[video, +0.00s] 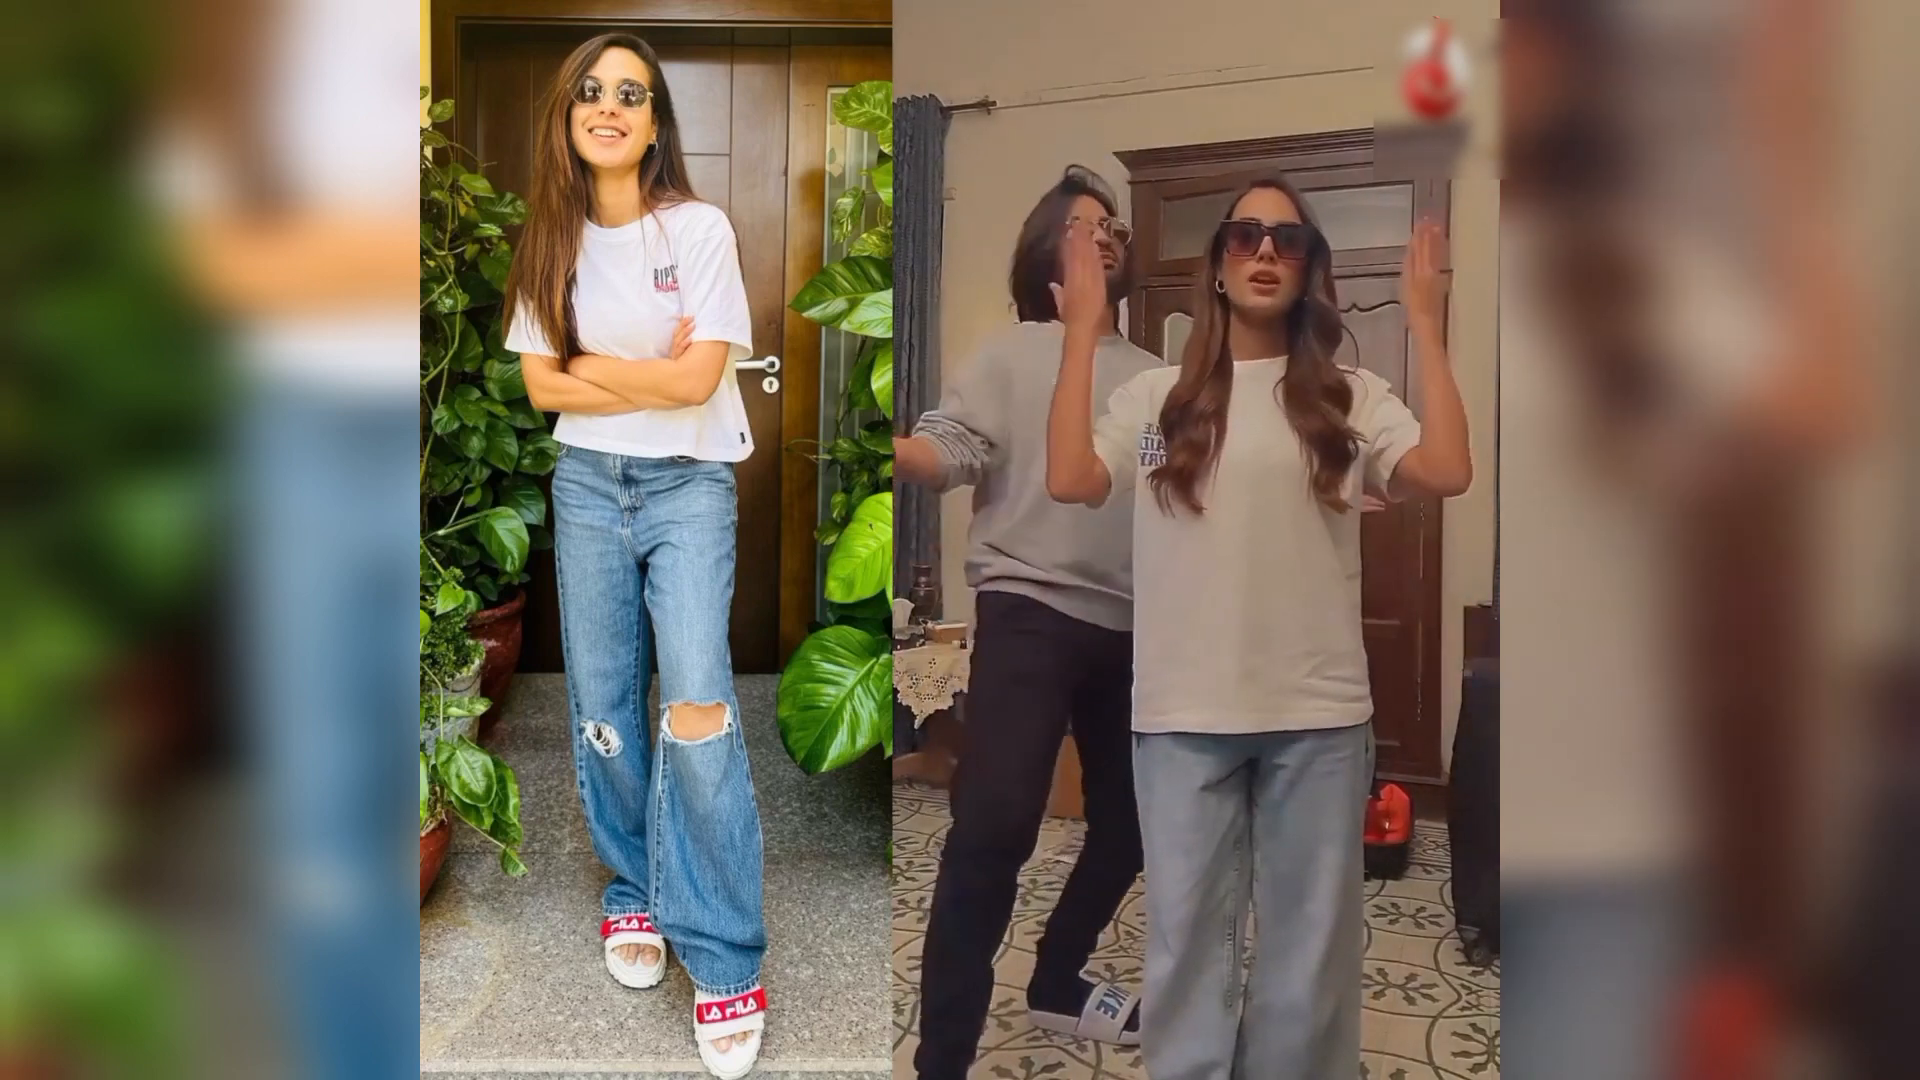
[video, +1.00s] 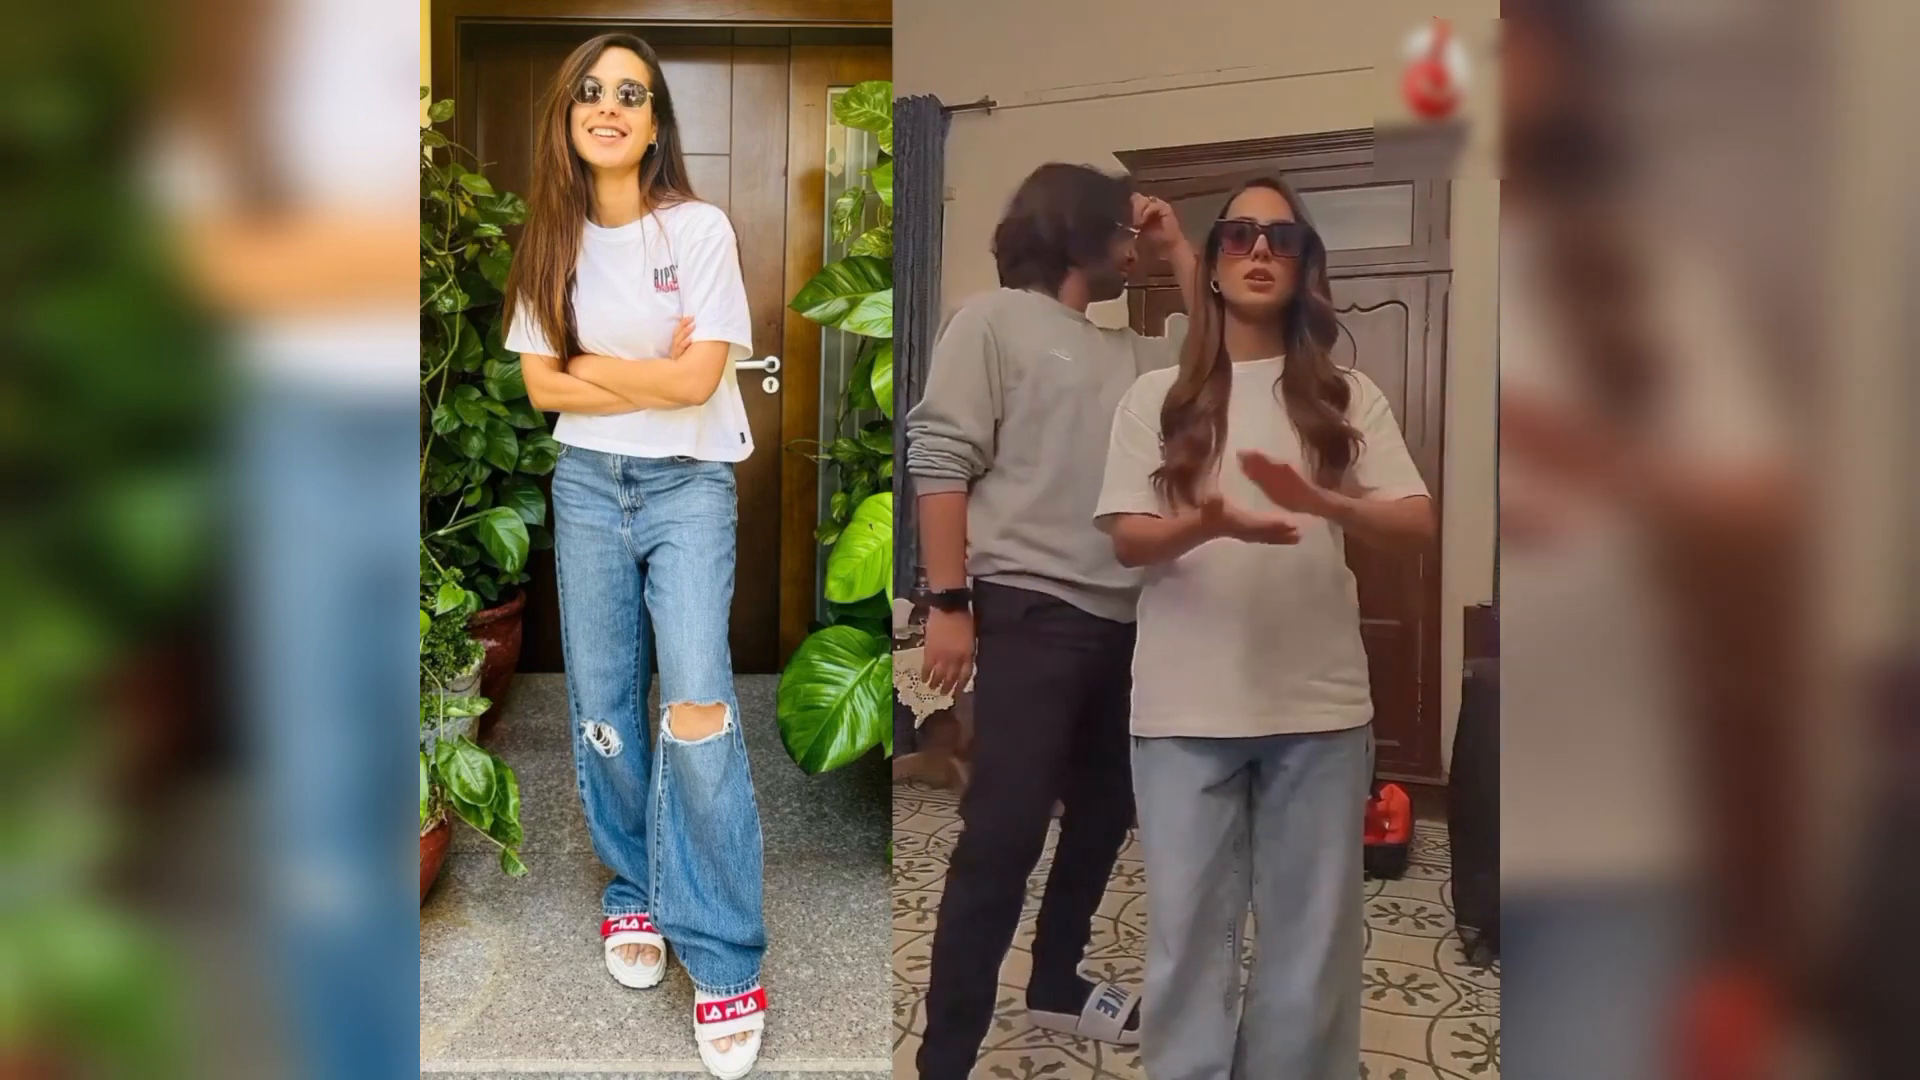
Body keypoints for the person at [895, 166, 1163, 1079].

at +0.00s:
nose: (1103, 242)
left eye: (1112, 232)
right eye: (1083, 230)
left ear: (1125, 258)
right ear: (1043, 255)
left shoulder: (1154, 373)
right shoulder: (1007, 353)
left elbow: (1186, 493)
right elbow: (954, 453)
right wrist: (884, 448)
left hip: (1129, 621)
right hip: (1025, 606)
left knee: (1125, 831)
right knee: (995, 828)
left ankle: (1057, 989)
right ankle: (943, 1062)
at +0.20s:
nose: (1123, 224)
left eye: (1129, 215)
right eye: (1099, 213)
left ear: (1137, 244)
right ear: (1051, 240)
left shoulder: (1154, 367)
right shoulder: (1006, 341)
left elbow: (1183, 494)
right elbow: (909, 436)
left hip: (1123, 620)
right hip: (1022, 606)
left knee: (1113, 815)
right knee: (989, 828)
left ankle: (1056, 991)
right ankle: (941, 1060)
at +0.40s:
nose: (1135, 219)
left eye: (1136, 208)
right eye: (1115, 204)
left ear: (1129, 235)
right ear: (1063, 222)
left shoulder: (1136, 356)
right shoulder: (1007, 324)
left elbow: (1159, 493)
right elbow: (937, 454)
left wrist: (1173, 608)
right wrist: (914, 594)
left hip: (1121, 619)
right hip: (1023, 609)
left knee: (1107, 810)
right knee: (994, 831)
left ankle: (1057, 989)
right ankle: (945, 1059)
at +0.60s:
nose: (1139, 227)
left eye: (1139, 216)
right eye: (1120, 212)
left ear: (1116, 238)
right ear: (1065, 223)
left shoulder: (1119, 356)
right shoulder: (997, 314)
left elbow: (1130, 485)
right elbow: (932, 451)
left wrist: (1155, 586)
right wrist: (943, 588)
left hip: (1114, 618)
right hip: (1023, 610)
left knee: (1093, 817)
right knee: (1001, 837)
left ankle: (1056, 991)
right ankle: (948, 1059)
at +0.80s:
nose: (1134, 234)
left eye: (1136, 222)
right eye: (1121, 219)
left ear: (1105, 247)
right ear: (1069, 229)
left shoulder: (1124, 345)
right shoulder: (993, 317)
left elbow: (1206, 382)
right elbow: (939, 456)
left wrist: (1183, 267)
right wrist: (944, 602)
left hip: (1119, 622)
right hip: (1021, 614)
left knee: (1096, 816)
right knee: (1003, 839)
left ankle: (1055, 992)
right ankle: (948, 1059)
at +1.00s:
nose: (1129, 243)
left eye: (1130, 228)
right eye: (1120, 228)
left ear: (1057, 236)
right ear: (1081, 235)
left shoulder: (1125, 345)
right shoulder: (993, 321)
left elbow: (1212, 369)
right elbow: (941, 461)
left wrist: (1182, 263)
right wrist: (947, 602)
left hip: (1123, 621)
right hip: (1026, 614)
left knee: (1101, 814)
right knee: (1001, 836)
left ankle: (1055, 992)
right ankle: (946, 1058)